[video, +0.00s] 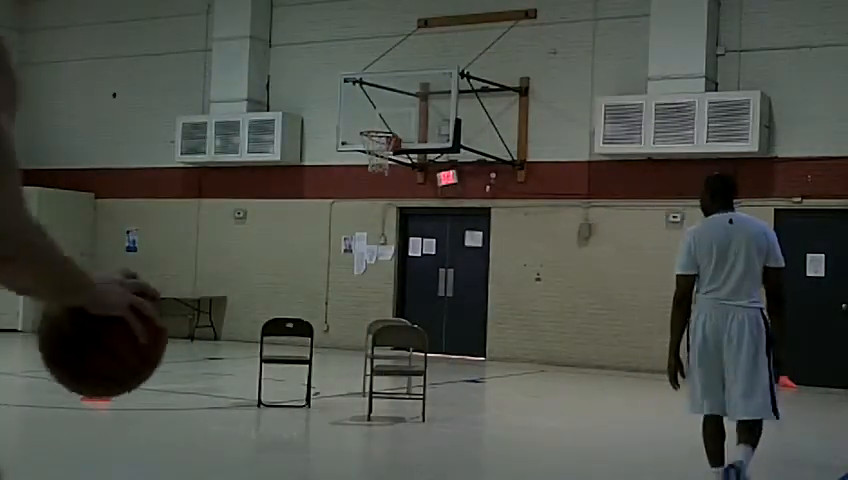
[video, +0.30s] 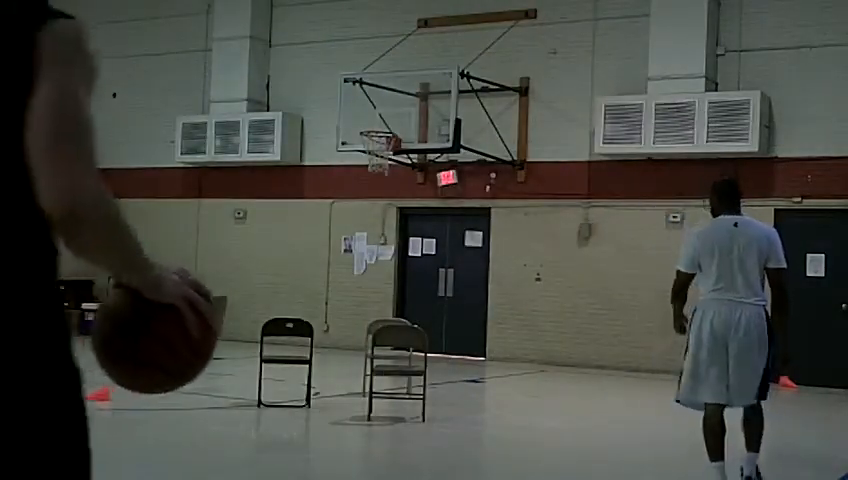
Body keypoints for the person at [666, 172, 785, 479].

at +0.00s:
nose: (700, 204)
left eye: (701, 199)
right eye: (701, 199)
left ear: (707, 200)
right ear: (734, 200)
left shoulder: (697, 234)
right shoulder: (762, 232)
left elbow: (682, 297)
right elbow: (775, 291)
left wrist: (673, 351)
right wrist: (778, 342)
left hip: (707, 320)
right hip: (748, 320)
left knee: (711, 405)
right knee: (751, 403)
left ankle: (718, 474)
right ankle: (741, 464)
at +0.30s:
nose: (710, 206)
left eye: (710, 202)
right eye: (712, 201)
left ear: (713, 203)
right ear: (740, 202)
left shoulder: (701, 235)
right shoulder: (766, 234)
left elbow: (680, 286)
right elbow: (779, 287)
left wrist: (677, 315)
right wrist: (780, 332)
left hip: (710, 318)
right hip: (751, 319)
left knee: (712, 402)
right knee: (752, 400)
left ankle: (718, 473)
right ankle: (751, 468)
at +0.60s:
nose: (722, 208)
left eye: (724, 204)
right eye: (724, 204)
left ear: (728, 207)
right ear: (752, 207)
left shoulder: (713, 236)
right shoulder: (775, 239)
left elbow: (694, 290)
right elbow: (782, 293)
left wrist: (684, 330)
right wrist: (785, 339)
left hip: (719, 317)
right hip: (760, 318)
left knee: (713, 387)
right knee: (754, 394)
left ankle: (716, 446)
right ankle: (741, 466)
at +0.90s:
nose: (717, 214)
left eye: (719, 209)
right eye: (719, 208)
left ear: (727, 210)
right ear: (747, 211)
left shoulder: (716, 241)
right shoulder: (774, 241)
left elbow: (705, 290)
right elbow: (782, 290)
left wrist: (697, 336)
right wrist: (780, 326)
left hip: (724, 315)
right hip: (761, 316)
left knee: (719, 389)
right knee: (753, 394)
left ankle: (719, 456)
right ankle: (742, 466)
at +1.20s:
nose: (707, 218)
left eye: (709, 213)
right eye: (708, 213)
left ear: (719, 214)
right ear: (734, 213)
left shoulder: (711, 245)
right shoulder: (764, 242)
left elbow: (702, 294)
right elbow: (774, 289)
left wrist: (694, 340)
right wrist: (770, 321)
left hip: (723, 313)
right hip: (757, 314)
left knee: (720, 386)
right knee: (754, 385)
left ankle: (726, 455)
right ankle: (756, 434)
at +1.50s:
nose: (712, 221)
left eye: (713, 217)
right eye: (713, 216)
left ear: (719, 219)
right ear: (738, 218)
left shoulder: (710, 245)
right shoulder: (763, 245)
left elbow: (695, 289)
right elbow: (774, 288)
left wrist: (685, 317)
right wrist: (771, 322)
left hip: (720, 312)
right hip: (754, 313)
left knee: (721, 385)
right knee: (754, 384)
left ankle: (726, 453)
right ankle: (757, 445)